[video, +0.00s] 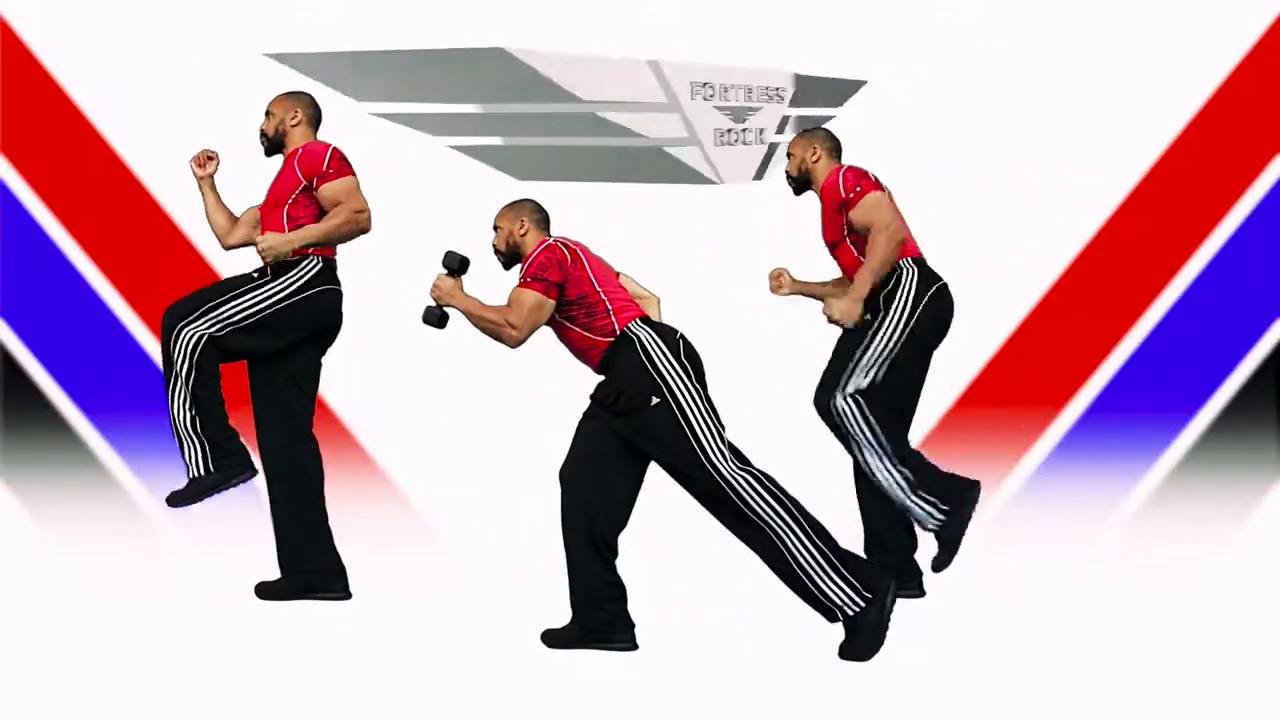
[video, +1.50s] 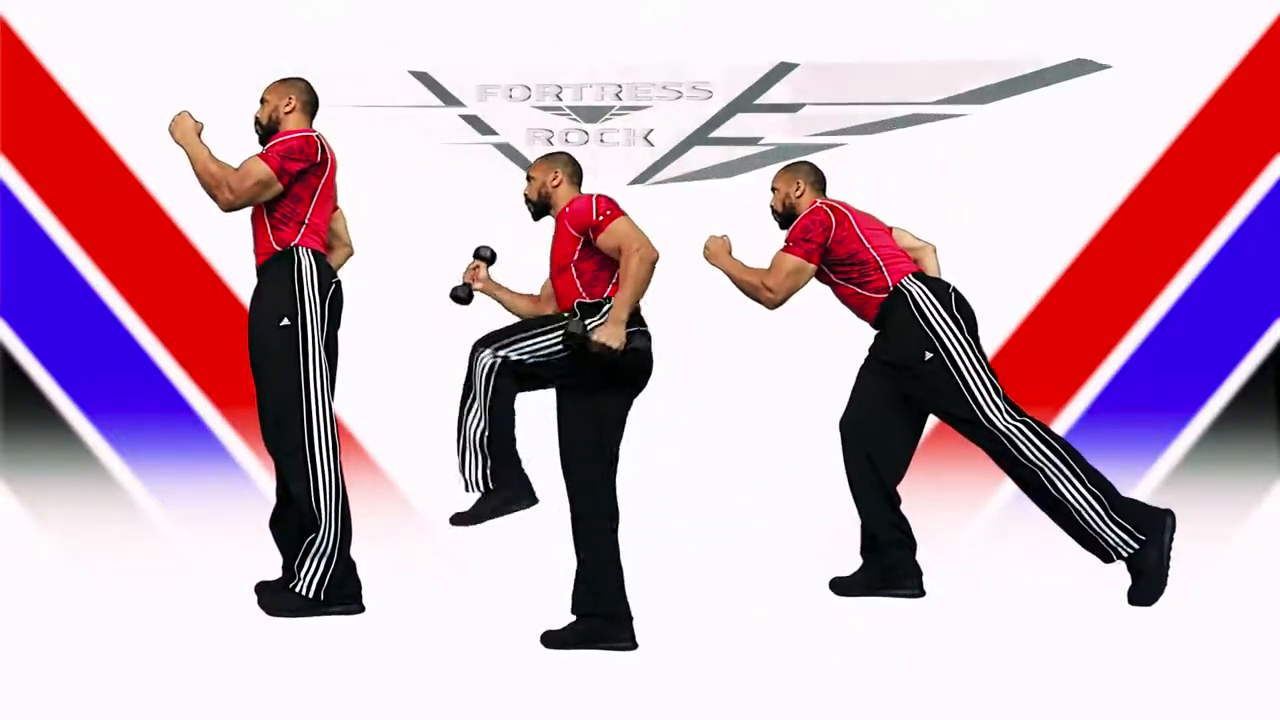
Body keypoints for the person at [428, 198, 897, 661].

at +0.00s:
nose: (493, 243)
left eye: (499, 232)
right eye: (494, 234)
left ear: (526, 226)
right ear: (533, 232)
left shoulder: (549, 254)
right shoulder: (569, 260)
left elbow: (513, 328)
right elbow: (645, 301)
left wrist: (457, 299)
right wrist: (662, 364)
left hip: (649, 358)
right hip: (626, 374)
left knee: (725, 479)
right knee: (583, 487)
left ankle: (857, 596)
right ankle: (603, 623)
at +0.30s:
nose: (489, 245)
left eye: (495, 234)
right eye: (489, 237)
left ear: (522, 230)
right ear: (529, 235)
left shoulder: (545, 260)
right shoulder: (563, 265)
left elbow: (508, 336)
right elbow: (644, 302)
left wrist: (453, 306)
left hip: (647, 361)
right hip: (623, 379)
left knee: (729, 482)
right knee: (579, 487)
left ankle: (864, 599)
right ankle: (601, 623)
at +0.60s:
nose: (490, 244)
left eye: (496, 233)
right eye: (491, 236)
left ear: (523, 230)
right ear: (530, 234)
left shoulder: (547, 262)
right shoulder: (566, 265)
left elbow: (510, 338)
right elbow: (645, 301)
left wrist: (454, 306)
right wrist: (654, 369)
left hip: (650, 363)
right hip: (627, 379)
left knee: (731, 485)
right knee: (581, 486)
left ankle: (868, 599)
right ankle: (601, 622)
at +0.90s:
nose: (491, 245)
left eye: (497, 233)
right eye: (492, 237)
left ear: (526, 230)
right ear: (531, 235)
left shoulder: (548, 261)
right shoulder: (566, 265)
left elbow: (511, 338)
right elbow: (646, 302)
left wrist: (455, 306)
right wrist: (650, 371)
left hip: (650, 362)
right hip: (627, 378)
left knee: (730, 483)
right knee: (581, 485)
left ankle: (868, 597)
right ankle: (601, 622)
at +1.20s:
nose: (498, 224)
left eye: (503, 214)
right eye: (497, 216)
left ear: (527, 210)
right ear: (529, 214)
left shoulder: (559, 237)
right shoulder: (548, 258)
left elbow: (565, 303)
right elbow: (595, 327)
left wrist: (494, 324)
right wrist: (587, 380)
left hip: (630, 351)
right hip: (605, 369)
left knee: (647, 486)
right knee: (580, 488)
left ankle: (791, 571)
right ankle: (600, 620)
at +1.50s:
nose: (525, 192)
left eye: (529, 181)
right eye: (525, 184)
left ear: (555, 178)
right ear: (559, 180)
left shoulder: (585, 207)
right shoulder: (567, 237)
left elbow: (641, 253)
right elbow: (543, 308)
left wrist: (617, 320)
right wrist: (488, 285)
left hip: (597, 335)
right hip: (609, 350)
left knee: (490, 356)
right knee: (589, 485)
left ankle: (503, 484)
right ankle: (603, 619)